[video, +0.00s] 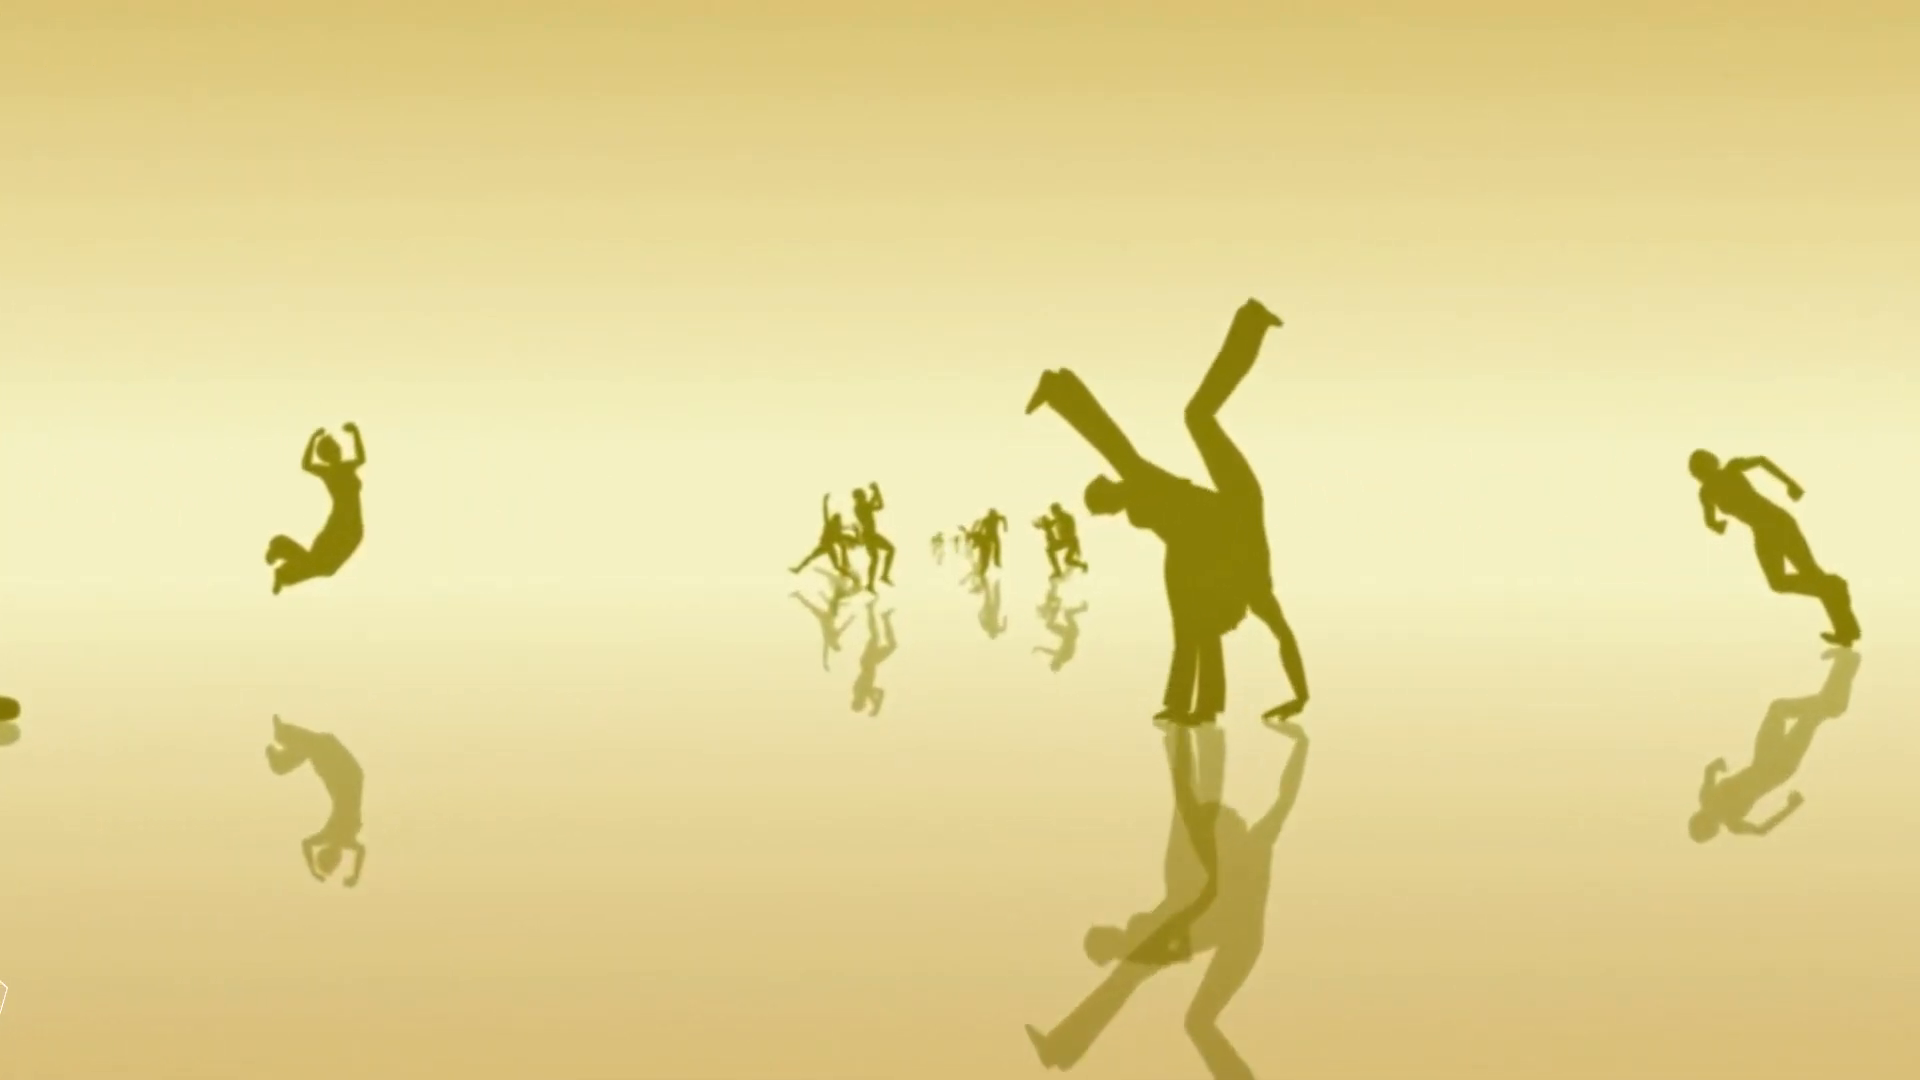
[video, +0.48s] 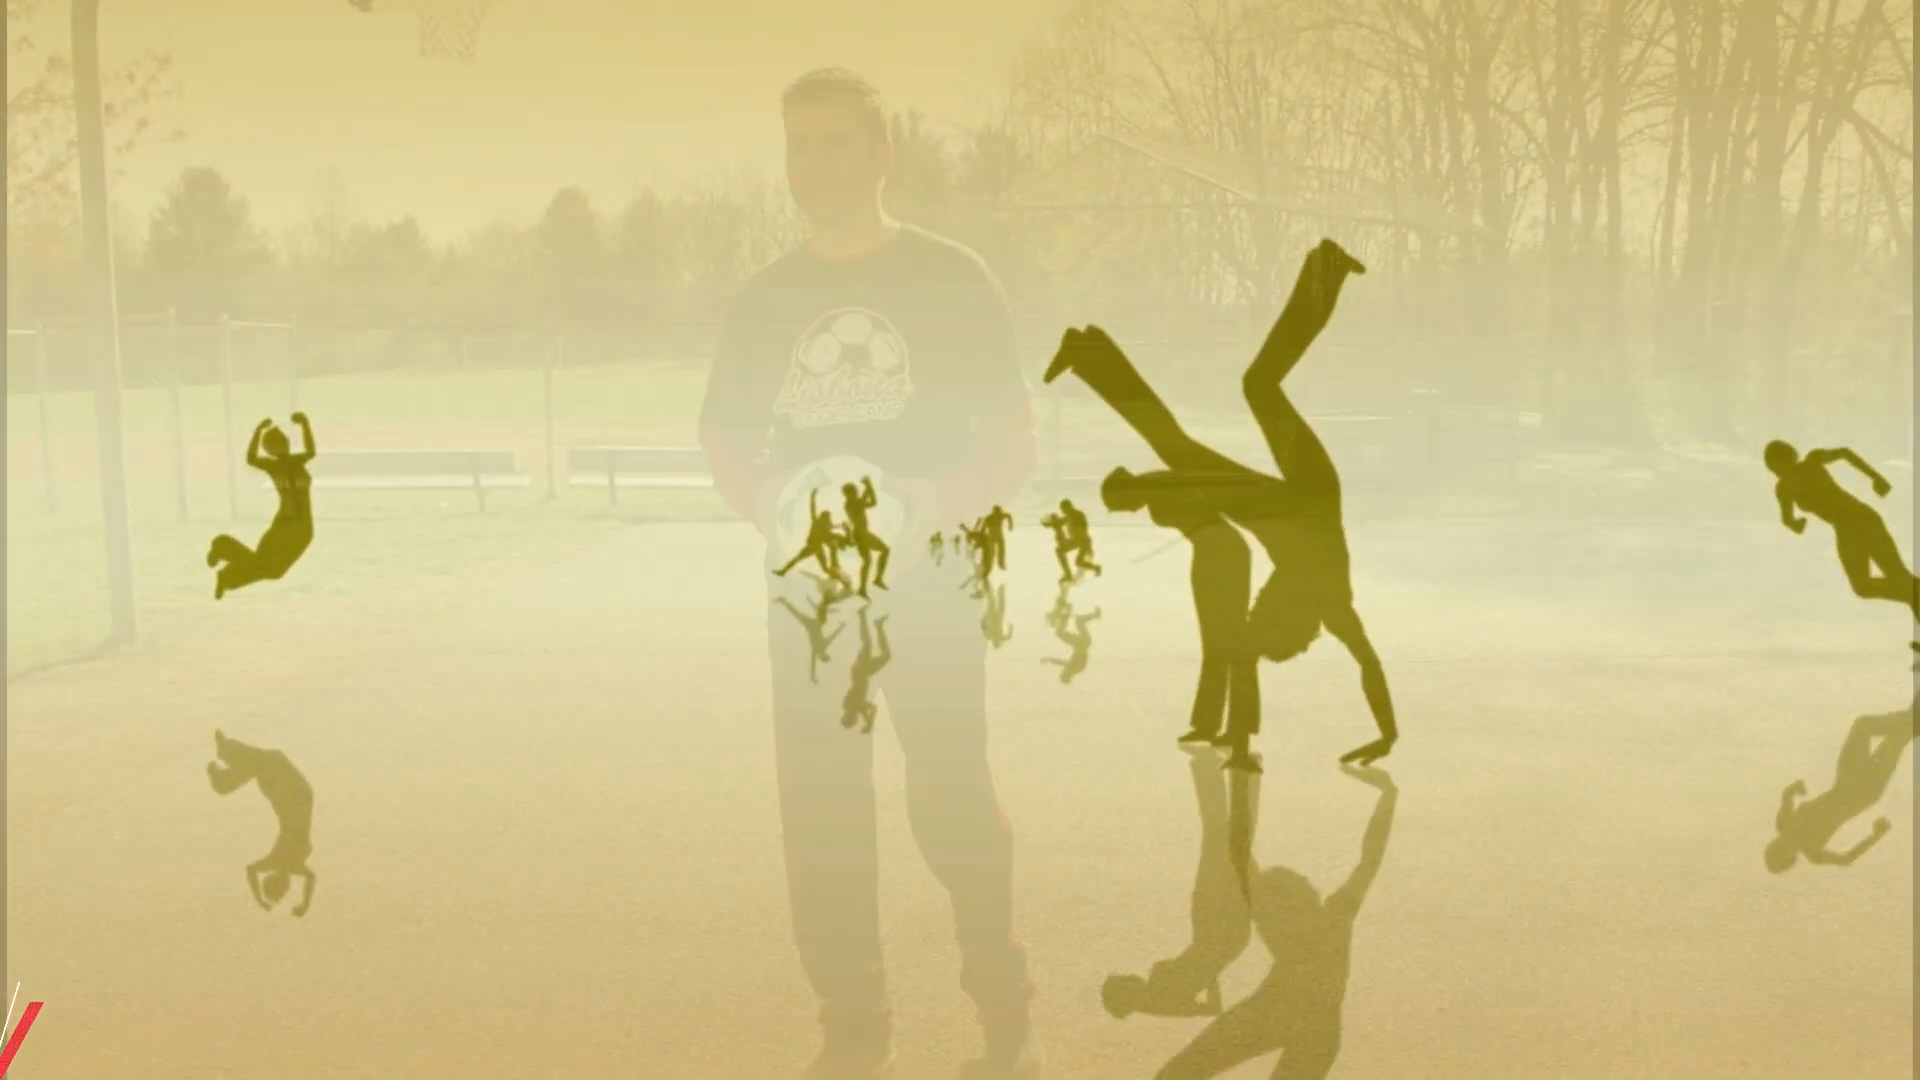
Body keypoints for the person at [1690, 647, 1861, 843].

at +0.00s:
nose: (1710, 831)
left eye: (1705, 830)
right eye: (1708, 833)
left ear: (1701, 818)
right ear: (1710, 830)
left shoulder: (1707, 799)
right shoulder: (1733, 824)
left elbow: (1709, 776)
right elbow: (1761, 830)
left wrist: (1715, 767)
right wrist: (1790, 808)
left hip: (1763, 758)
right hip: (1780, 769)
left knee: (1776, 709)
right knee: (1813, 717)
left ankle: (1823, 703)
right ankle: (1846, 663)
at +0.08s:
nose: (1727, 837)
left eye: (1722, 836)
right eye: (1725, 839)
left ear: (1717, 824)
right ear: (1727, 836)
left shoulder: (1724, 806)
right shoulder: (1751, 831)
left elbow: (1725, 782)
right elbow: (1780, 836)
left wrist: (1732, 771)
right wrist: (1808, 815)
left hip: (1780, 763)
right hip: (1798, 775)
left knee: (1794, 713)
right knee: (1833, 720)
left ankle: (1841, 707)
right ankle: (1866, 664)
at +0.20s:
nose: (1738, 841)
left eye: (1733, 839)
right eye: (1735, 843)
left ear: (1729, 827)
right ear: (1738, 841)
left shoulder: (1736, 809)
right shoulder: (1762, 834)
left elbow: (1737, 785)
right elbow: (1792, 840)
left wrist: (1743, 775)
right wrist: (1821, 819)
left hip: (1793, 767)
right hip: (1810, 778)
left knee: (1807, 716)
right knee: (1845, 723)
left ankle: (1857, 709)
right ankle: (1879, 667)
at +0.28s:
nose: (1756, 847)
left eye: (1750, 846)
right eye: (1753, 850)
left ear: (1746, 834)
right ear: (1756, 847)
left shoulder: (1753, 815)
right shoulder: (1780, 842)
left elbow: (1755, 788)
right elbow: (1811, 848)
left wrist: (1762, 780)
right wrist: (1841, 824)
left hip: (1812, 772)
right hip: (1829, 785)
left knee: (1826, 720)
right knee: (1864, 729)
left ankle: (1879, 714)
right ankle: (1900, 670)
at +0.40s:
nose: (1767, 846)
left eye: (1762, 846)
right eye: (1766, 850)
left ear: (1758, 838)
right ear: (1769, 850)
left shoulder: (1765, 818)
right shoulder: (1793, 845)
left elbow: (1767, 789)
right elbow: (1824, 853)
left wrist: (1776, 783)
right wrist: (1855, 828)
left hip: (1826, 773)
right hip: (1845, 787)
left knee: (1840, 722)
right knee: (1879, 729)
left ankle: (1890, 716)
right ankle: (1911, 666)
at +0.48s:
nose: (1787, 858)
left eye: (1781, 857)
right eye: (1785, 860)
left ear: (1776, 846)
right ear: (1787, 859)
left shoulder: (1784, 826)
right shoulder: (1813, 854)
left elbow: (1786, 798)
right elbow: (1846, 859)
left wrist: (1794, 789)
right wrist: (1875, 835)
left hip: (1846, 780)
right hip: (1866, 793)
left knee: (1861, 726)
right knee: (1896, 738)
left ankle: (1908, 718)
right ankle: (1912, 722)